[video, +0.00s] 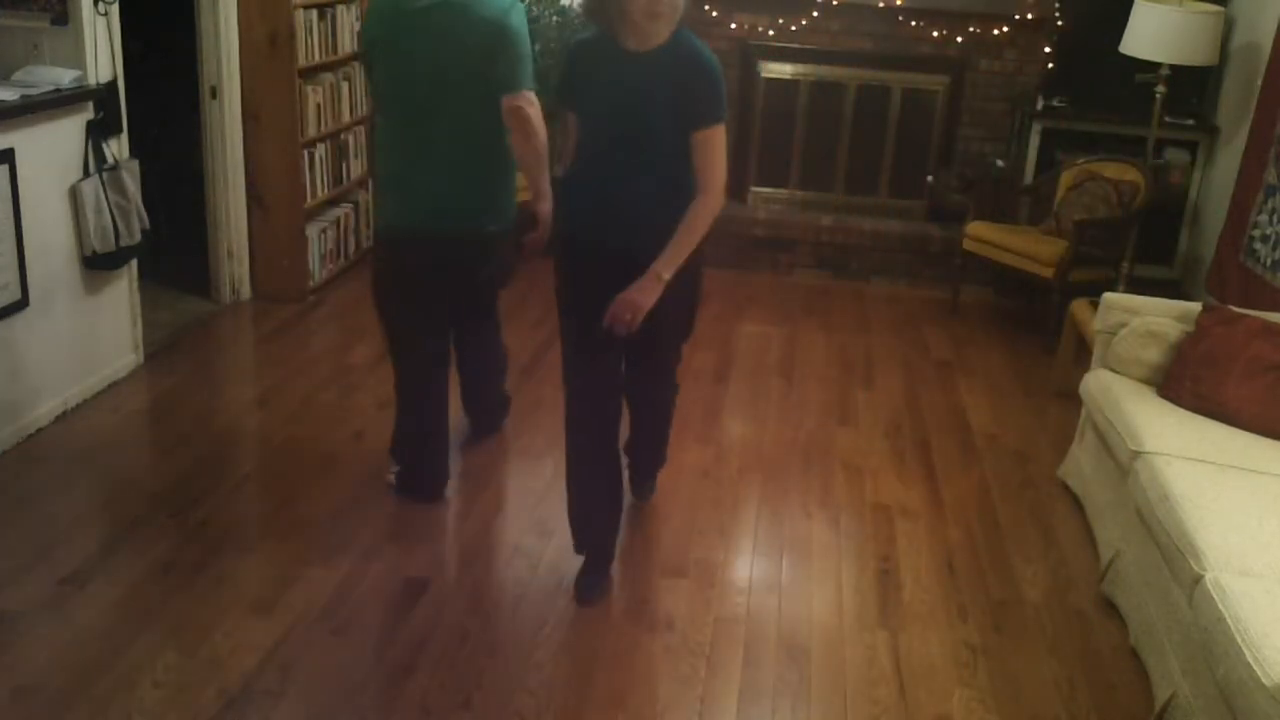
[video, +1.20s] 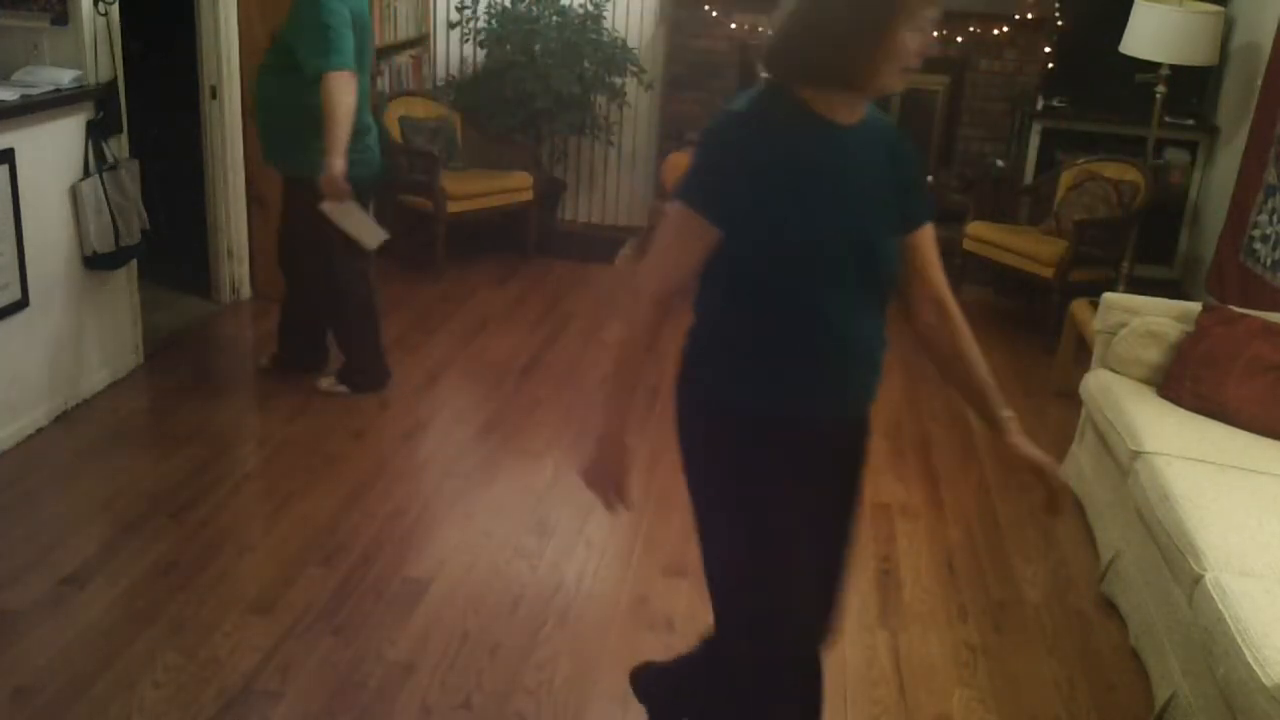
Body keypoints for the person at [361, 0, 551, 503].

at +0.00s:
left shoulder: (382, 11)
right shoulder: (501, 13)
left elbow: (379, 95)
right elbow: (517, 107)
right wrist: (542, 193)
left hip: (403, 215)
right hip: (481, 211)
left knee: (416, 348)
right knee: (477, 310)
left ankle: (422, 473)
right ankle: (486, 410)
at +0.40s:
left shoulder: (384, 8)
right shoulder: (508, 7)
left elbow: (331, 83)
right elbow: (561, 82)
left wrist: (312, 131)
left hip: (411, 195)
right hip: (487, 192)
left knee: (400, 308)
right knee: (482, 308)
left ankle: (399, 402)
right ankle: (484, 408)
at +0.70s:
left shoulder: (341, 9)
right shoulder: (451, 4)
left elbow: (288, 77)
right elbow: (501, 51)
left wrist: (244, 142)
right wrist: (508, 83)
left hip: (368, 179)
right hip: (438, 174)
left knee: (370, 289)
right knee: (450, 290)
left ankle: (366, 380)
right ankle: (484, 400)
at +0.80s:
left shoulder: (328, 7)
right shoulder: (430, 3)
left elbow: (285, 77)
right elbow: (470, 54)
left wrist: (244, 147)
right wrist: (462, 93)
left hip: (355, 172)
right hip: (420, 167)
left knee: (356, 283)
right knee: (425, 274)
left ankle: (366, 378)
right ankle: (467, 371)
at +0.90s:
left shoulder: (323, 6)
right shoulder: (414, 4)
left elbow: (292, 75)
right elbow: (431, 56)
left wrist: (258, 151)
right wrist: (421, 110)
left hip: (345, 161)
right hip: (404, 156)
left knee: (341, 271)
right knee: (394, 264)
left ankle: (364, 375)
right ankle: (431, 357)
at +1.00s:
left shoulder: (322, 5)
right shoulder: (393, 5)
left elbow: (304, 77)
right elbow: (403, 59)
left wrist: (279, 155)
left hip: (340, 159)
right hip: (385, 152)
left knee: (336, 270)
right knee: (367, 265)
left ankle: (359, 376)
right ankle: (378, 367)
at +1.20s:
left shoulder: (325, 8)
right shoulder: (313, 10)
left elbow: (340, 78)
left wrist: (335, 162)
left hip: (330, 167)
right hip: (306, 164)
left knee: (342, 268)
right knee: (299, 260)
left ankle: (366, 369)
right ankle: (300, 353)